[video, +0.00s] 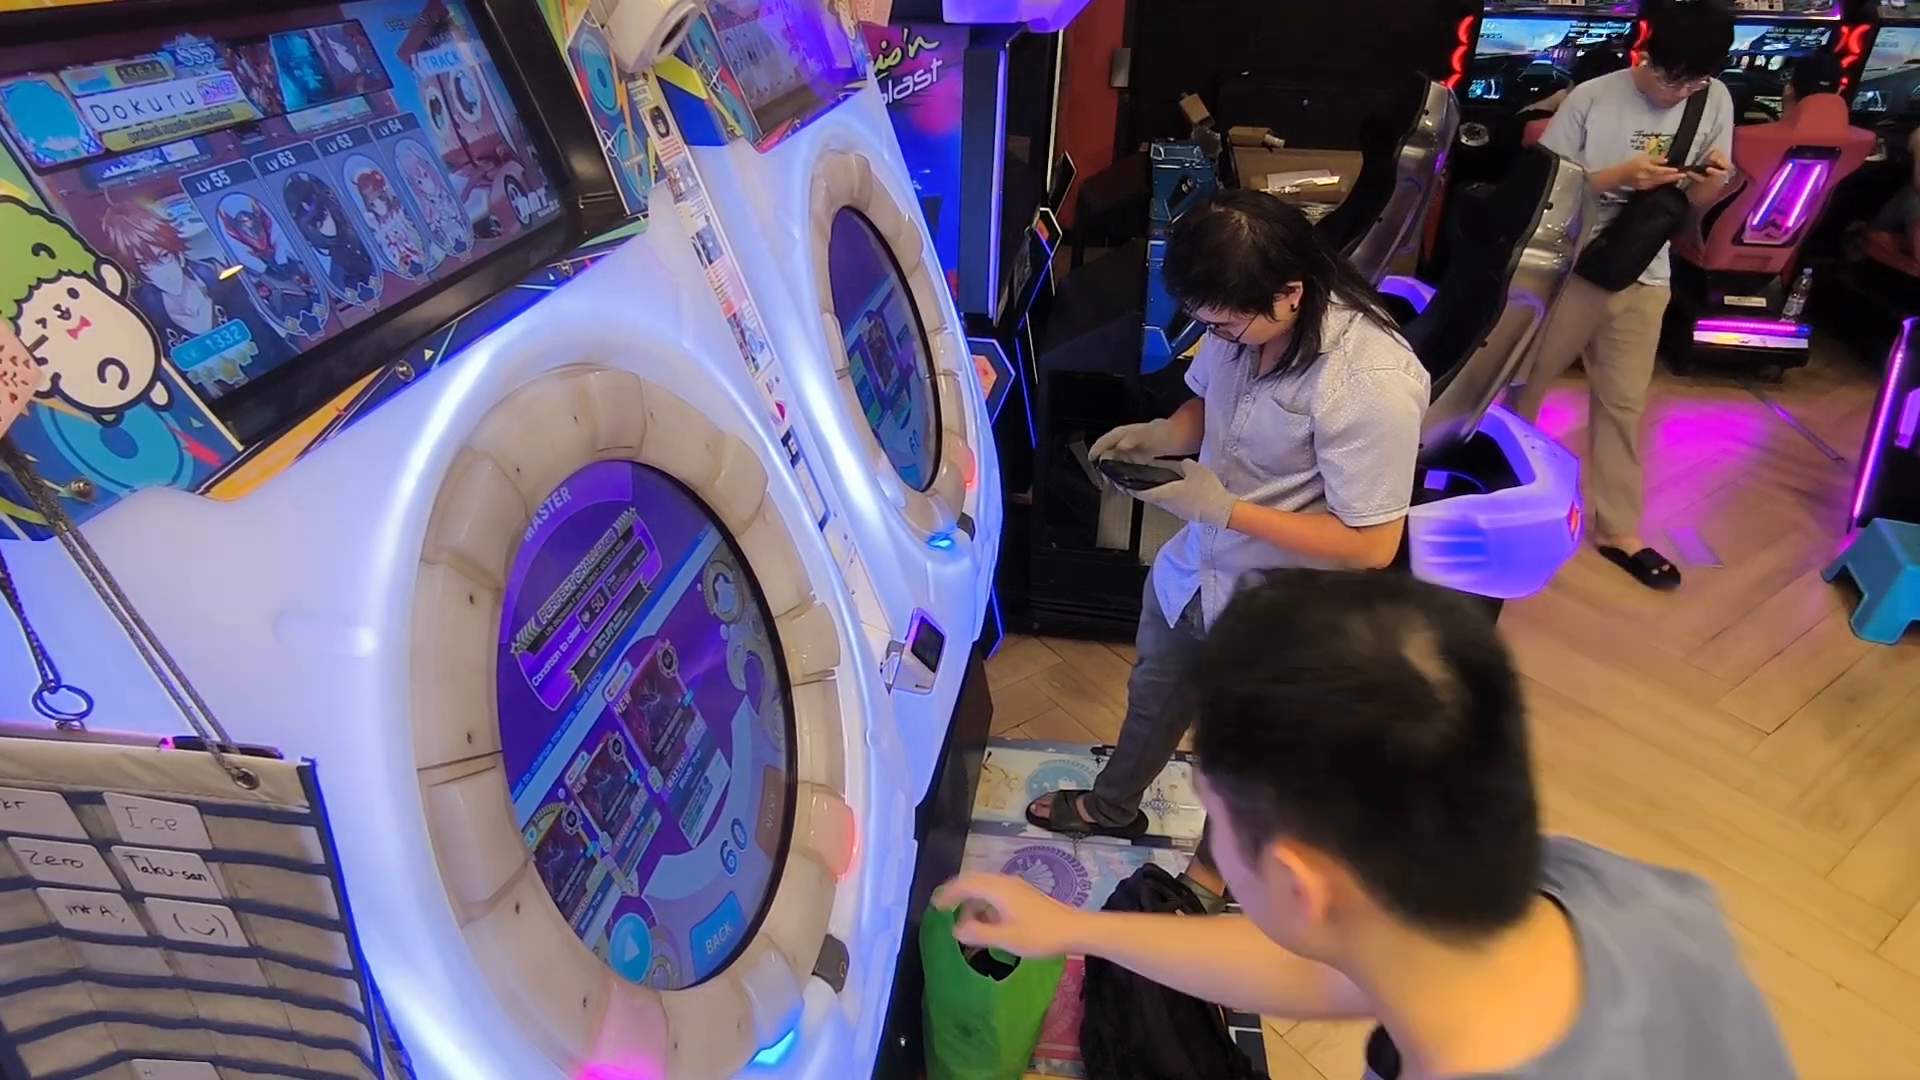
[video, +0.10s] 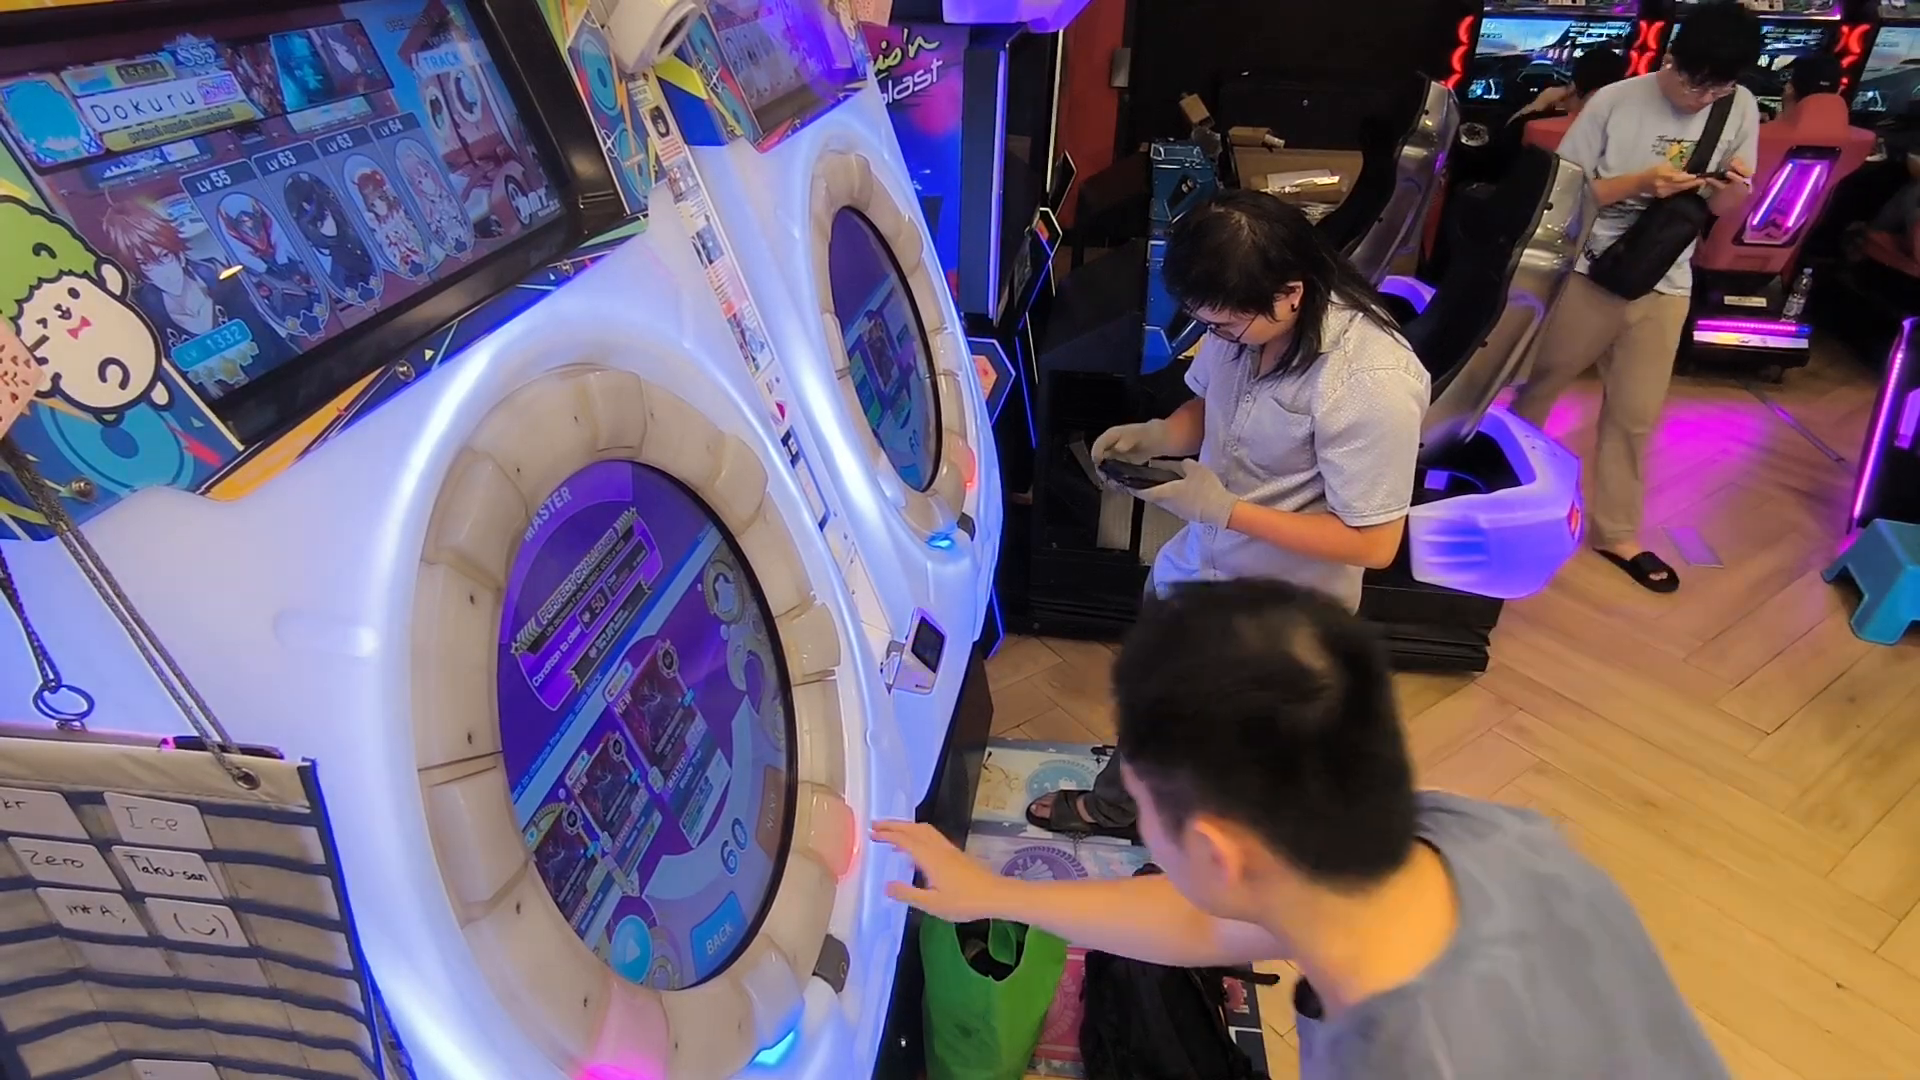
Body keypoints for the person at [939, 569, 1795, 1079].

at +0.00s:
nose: (1209, 824)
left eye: (1216, 804)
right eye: (1214, 800)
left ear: (1304, 886)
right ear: (1484, 768)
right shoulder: (1590, 890)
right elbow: (1328, 971)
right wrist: (1076, 931)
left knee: (1128, 986)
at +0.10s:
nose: (1141, 829)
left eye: (1142, 806)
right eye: (1138, 802)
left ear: (1218, 850)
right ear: (1362, 746)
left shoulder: (1372, 1070)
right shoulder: (1491, 837)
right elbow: (1211, 921)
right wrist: (992, 894)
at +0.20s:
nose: (1077, 838)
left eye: (1075, 818)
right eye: (1070, 815)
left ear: (1142, 854)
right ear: (1261, 746)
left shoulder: (1276, 1059)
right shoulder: (1375, 817)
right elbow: (1173, 917)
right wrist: (969, 898)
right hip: (1644, 1041)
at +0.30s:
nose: (1030, 871)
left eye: (1028, 852)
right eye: (1020, 852)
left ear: (1076, 873)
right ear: (1191, 776)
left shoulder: (1195, 1058)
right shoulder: (1323, 824)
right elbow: (1201, 953)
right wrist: (1012, 938)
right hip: (1635, 1052)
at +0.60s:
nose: (1027, 987)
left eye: (1016, 967)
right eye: (1011, 968)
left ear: (1049, 972)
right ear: (1140, 882)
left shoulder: (1127, 1066)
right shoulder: (1282, 904)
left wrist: (1064, 1052)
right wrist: (1084, 1032)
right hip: (1587, 1060)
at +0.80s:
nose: (1036, 991)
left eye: (1025, 970)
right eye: (1021, 971)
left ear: (1057, 970)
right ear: (1149, 890)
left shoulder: (1127, 1067)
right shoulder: (1296, 904)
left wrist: (1061, 1054)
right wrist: (1082, 1038)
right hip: (1577, 1061)